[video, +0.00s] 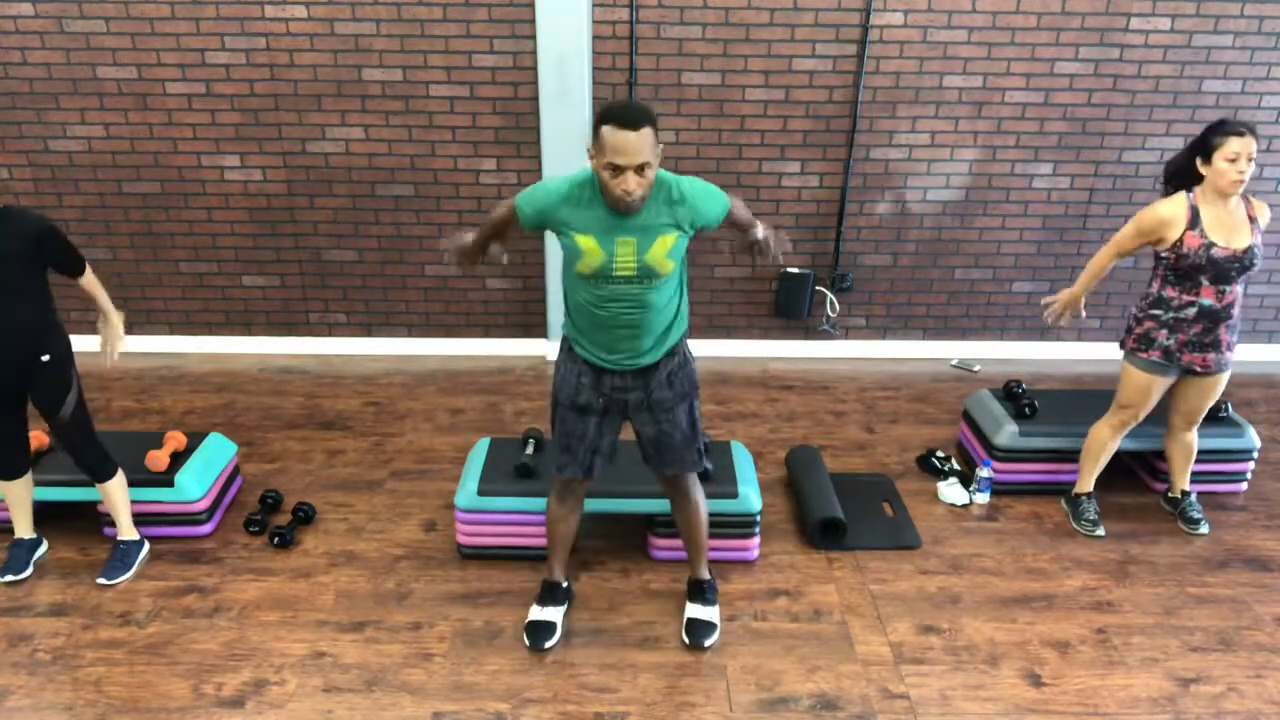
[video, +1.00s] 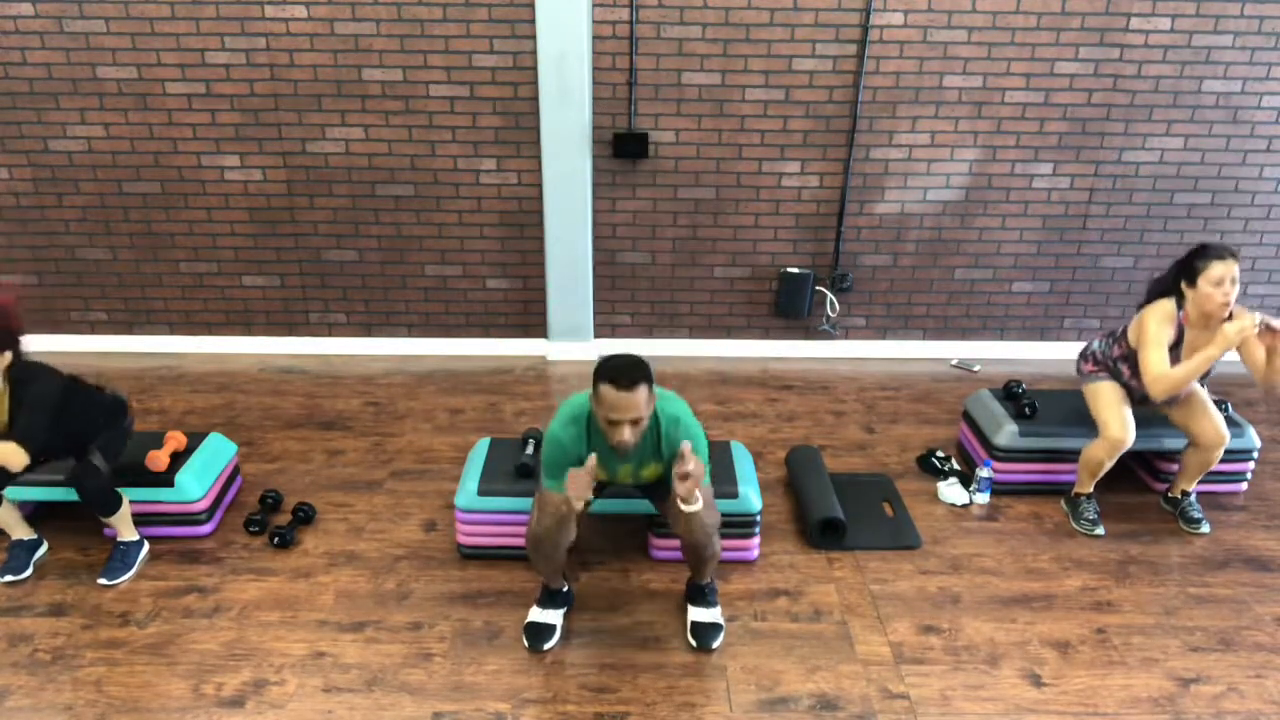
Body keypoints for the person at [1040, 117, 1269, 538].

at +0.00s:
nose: (1244, 169)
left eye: (1249, 161)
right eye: (1234, 159)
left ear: (1254, 165)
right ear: (1204, 164)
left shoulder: (1256, 213)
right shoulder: (1171, 213)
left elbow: (1226, 265)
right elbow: (1112, 250)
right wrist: (1075, 293)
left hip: (1215, 340)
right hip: (1161, 334)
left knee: (1187, 425)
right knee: (1123, 416)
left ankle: (1180, 494)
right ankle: (1081, 493)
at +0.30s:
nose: (1247, 167)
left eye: (1252, 159)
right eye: (1236, 158)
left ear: (1256, 164)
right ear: (1205, 163)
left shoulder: (1256, 217)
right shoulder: (1172, 213)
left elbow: (1254, 281)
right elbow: (1121, 275)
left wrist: (1252, 338)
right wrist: (1089, 337)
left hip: (1211, 338)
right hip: (1157, 333)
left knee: (1187, 424)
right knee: (1122, 418)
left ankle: (1180, 494)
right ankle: (1081, 493)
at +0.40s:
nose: (1250, 166)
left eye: (1254, 158)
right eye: (1239, 157)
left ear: (1258, 163)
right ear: (1207, 162)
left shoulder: (1258, 216)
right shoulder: (1173, 211)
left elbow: (1268, 282)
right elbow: (1129, 278)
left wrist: (1279, 322)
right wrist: (1139, 340)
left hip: (1205, 338)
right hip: (1153, 332)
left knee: (1187, 423)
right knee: (1121, 419)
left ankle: (1179, 494)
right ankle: (1081, 493)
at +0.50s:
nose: (1252, 172)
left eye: (1256, 163)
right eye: (1241, 163)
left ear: (1260, 167)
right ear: (1208, 170)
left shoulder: (1262, 220)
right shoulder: (1177, 214)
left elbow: (1275, 286)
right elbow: (1141, 284)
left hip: (1198, 330)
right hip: (1145, 323)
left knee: (1192, 421)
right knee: (1119, 418)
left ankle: (1179, 494)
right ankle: (1080, 493)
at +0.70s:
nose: (1250, 218)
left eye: (1253, 208)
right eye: (1238, 208)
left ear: (1258, 214)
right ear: (1206, 218)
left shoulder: (1258, 256)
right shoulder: (1175, 251)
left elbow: (1277, 303)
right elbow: (1169, 325)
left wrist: (1267, 277)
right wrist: (1234, 289)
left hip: (1178, 337)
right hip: (1124, 328)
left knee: (1201, 422)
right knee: (1114, 420)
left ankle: (1179, 493)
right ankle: (1079, 493)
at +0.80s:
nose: (1242, 248)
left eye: (1247, 238)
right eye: (1230, 239)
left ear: (1252, 244)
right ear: (1198, 246)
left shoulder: (1250, 282)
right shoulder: (1169, 276)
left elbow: (1277, 337)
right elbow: (1169, 348)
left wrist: (1269, 300)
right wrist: (1233, 304)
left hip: (1175, 351)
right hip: (1116, 343)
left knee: (1207, 428)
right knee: (1115, 426)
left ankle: (1179, 493)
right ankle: (1080, 494)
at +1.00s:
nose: (1228, 293)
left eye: (1233, 283)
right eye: (1218, 284)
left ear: (1239, 285)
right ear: (1188, 288)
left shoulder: (1238, 322)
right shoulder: (1159, 315)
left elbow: (1269, 383)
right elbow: (1159, 388)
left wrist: (1274, 351)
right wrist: (1221, 344)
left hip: (1166, 373)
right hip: (1109, 368)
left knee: (1214, 437)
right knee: (1119, 435)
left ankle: (1179, 494)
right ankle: (1080, 495)